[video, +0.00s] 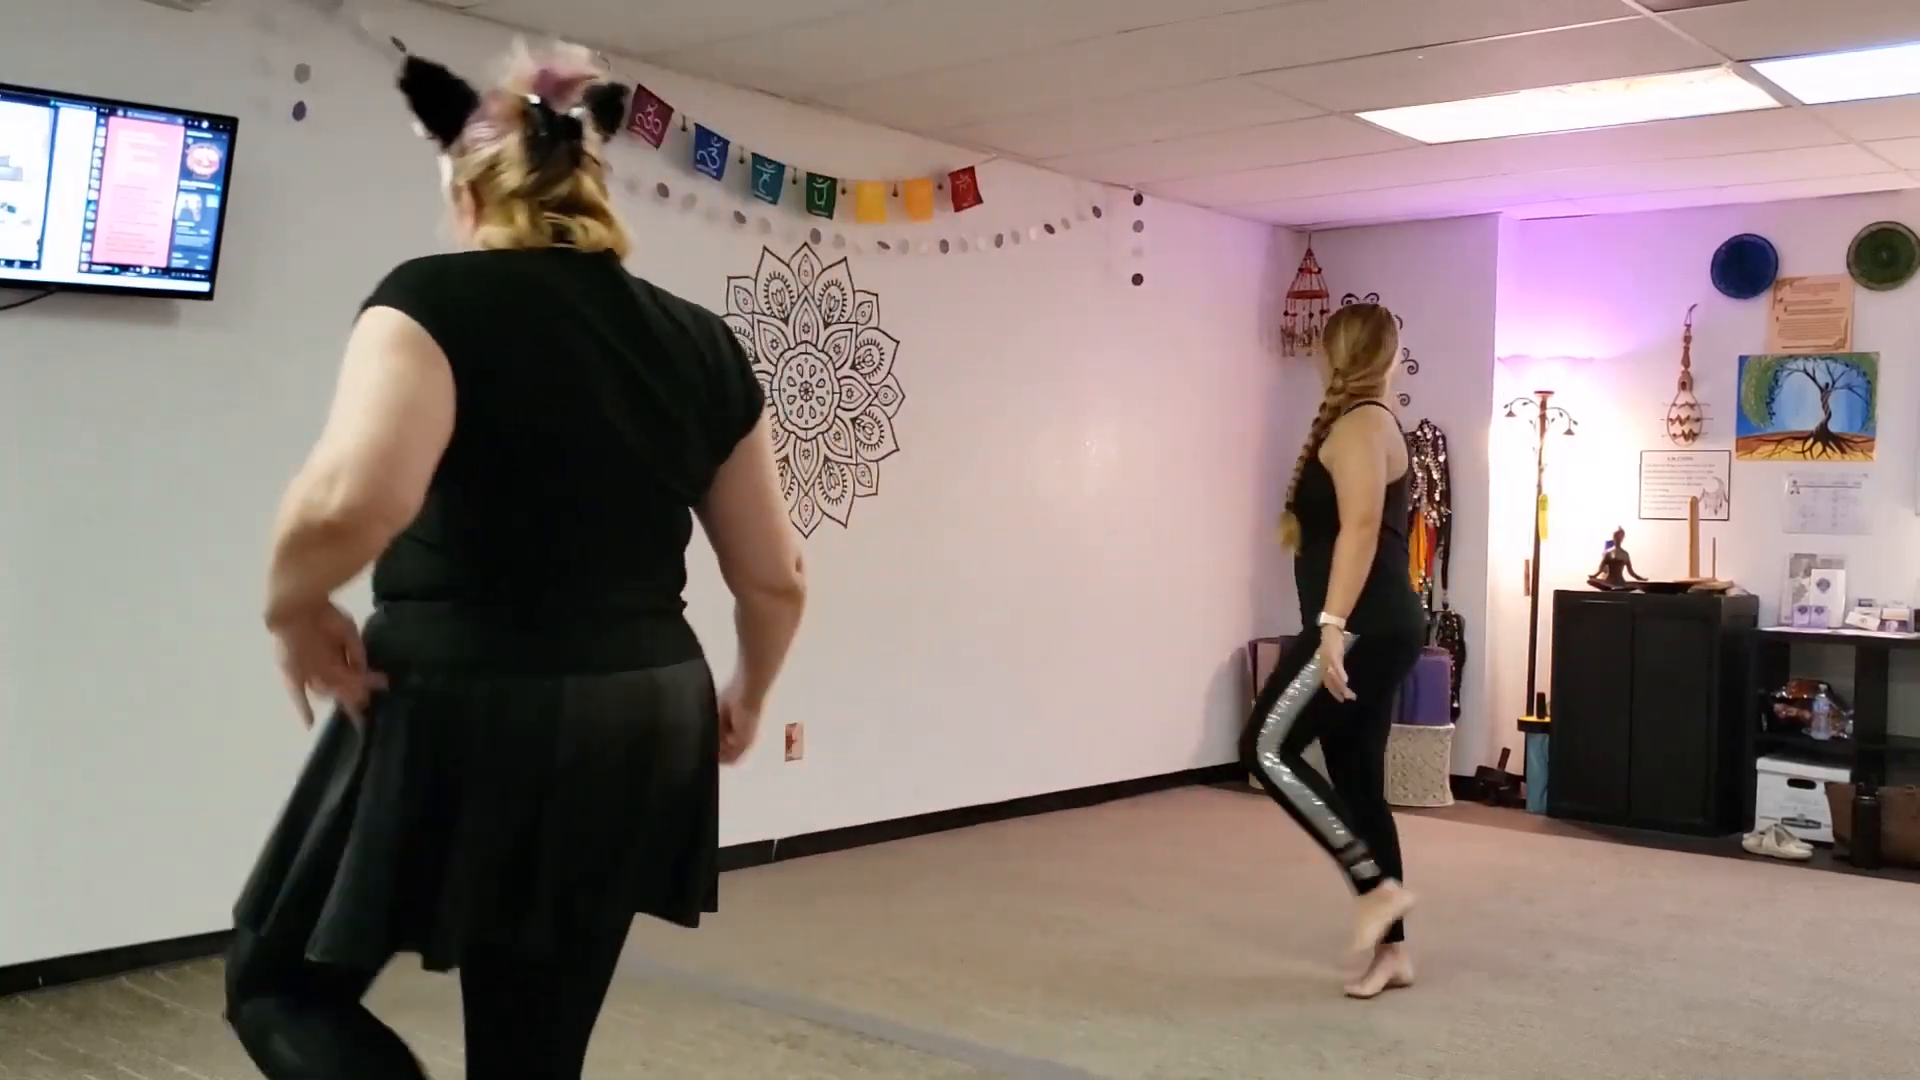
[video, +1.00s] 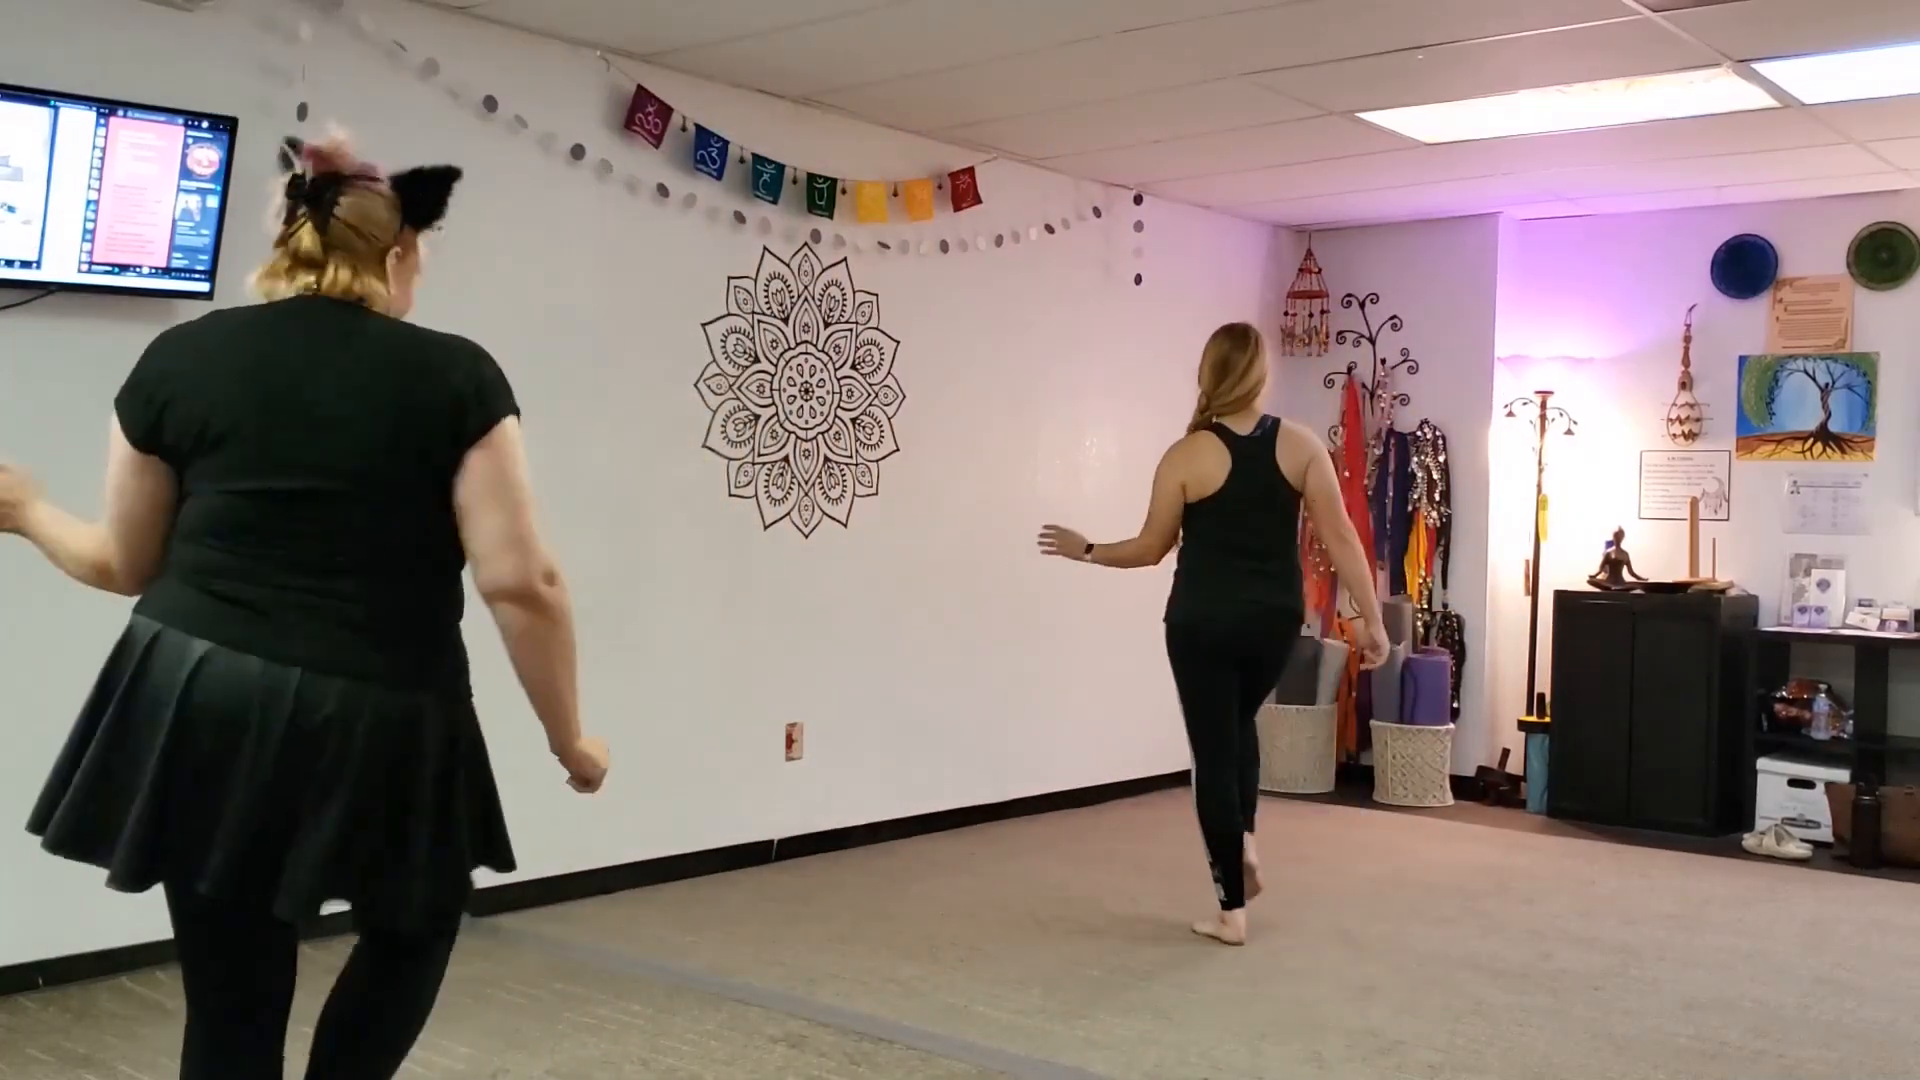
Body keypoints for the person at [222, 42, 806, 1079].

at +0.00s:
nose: (449, 222)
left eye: (451, 204)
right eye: (450, 205)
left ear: (469, 199)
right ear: (591, 194)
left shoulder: (435, 298)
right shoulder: (697, 340)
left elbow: (359, 498)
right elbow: (773, 578)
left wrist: (297, 605)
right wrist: (751, 692)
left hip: (453, 715)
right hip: (643, 720)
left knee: (279, 982)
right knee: (533, 1047)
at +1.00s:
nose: (418, 281)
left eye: (419, 262)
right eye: (417, 261)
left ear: (285, 245)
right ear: (395, 256)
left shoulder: (182, 358)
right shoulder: (452, 376)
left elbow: (126, 565)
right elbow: (517, 580)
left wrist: (26, 511)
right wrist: (569, 737)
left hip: (203, 700)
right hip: (382, 716)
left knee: (232, 1004)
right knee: (416, 922)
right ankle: (340, 1072)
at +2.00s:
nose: (648, 318)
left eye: (650, 299)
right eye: (636, 296)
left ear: (566, 292)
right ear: (569, 290)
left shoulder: (507, 369)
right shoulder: (534, 384)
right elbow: (528, 550)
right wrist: (650, 675)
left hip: (504, 645)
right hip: (545, 661)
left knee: (615, 854)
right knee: (584, 889)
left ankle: (432, 921)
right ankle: (504, 1068)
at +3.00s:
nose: (909, 318)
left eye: (917, 301)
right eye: (890, 298)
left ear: (918, 304)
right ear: (826, 300)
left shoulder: (882, 407)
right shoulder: (774, 385)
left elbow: (960, 545)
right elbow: (716, 538)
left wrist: (956, 437)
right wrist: (732, 693)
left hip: (892, 686)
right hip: (818, 685)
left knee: (859, 935)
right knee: (850, 936)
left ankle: (829, 1078)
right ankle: (701, 1063)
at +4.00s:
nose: (1111, 281)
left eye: (1125, 264)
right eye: (1086, 259)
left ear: (1134, 276)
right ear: (1023, 267)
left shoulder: (1141, 397)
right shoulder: (955, 379)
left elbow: (1188, 583)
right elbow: (868, 547)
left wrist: (1244, 727)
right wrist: (833, 698)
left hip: (1095, 706)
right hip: (967, 699)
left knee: (1088, 960)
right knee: (1008, 982)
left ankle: (926, 1059)